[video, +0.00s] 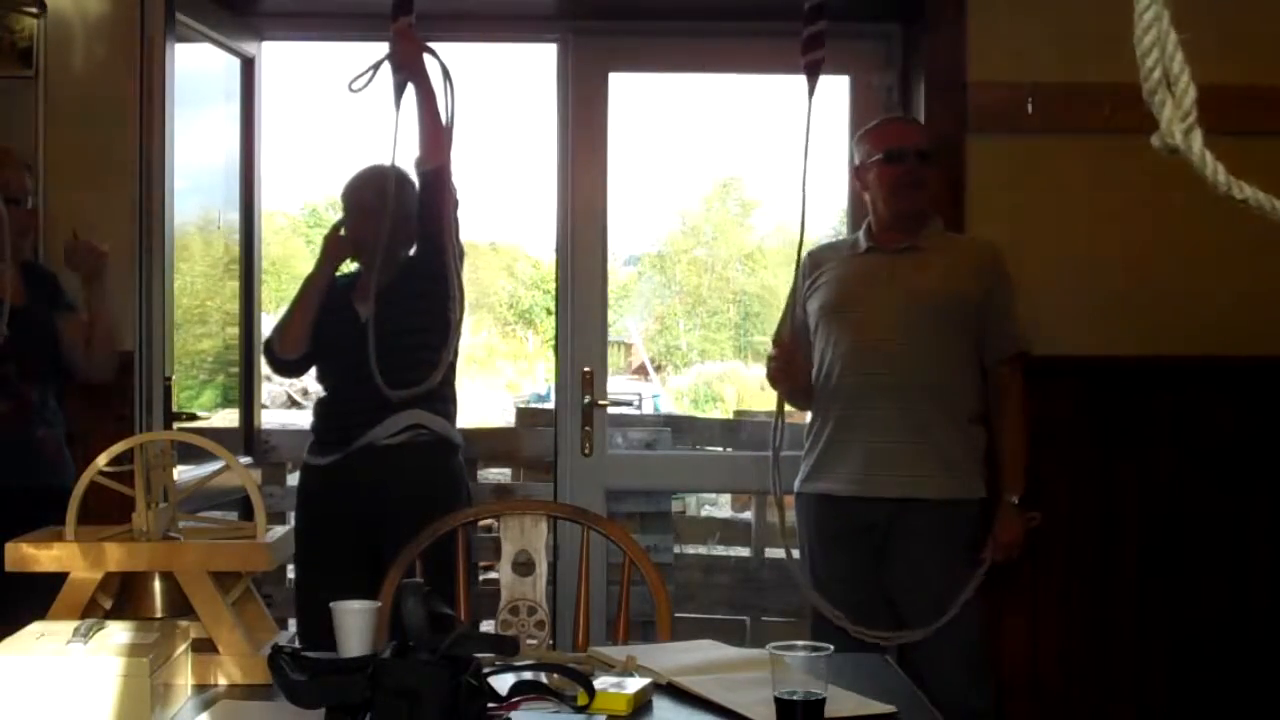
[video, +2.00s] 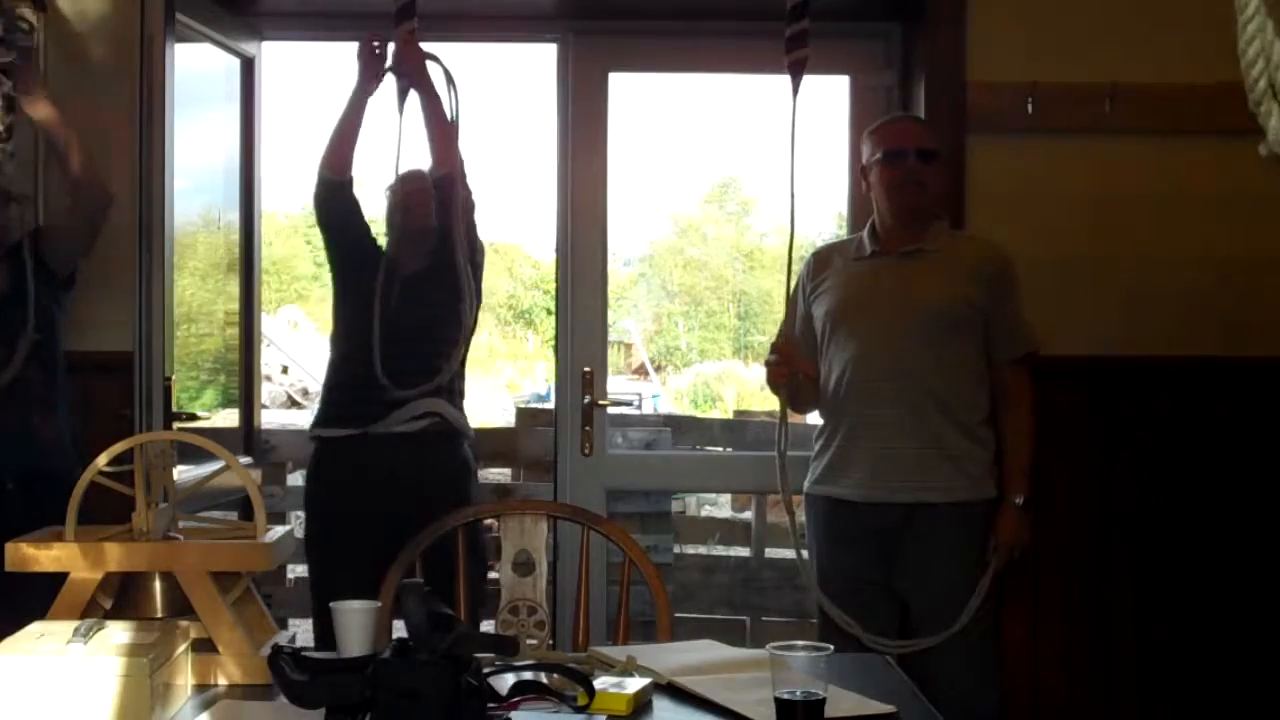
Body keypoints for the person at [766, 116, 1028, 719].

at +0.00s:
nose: (912, 169)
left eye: (923, 158)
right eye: (894, 158)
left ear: (936, 172)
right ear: (859, 178)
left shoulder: (976, 262)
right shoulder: (820, 265)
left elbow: (1006, 386)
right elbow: (806, 391)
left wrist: (1010, 500)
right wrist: (788, 378)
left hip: (942, 502)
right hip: (834, 501)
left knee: (948, 675)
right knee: (847, 673)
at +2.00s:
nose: (912, 169)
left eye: (926, 157)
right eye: (894, 158)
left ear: (944, 172)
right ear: (866, 178)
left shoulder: (981, 263)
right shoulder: (823, 266)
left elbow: (1013, 387)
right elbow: (807, 394)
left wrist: (1015, 500)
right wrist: (787, 380)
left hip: (951, 506)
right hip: (843, 505)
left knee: (954, 681)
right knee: (855, 676)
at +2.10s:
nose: (914, 169)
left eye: (928, 157)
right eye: (896, 158)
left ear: (944, 172)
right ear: (866, 178)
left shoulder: (982, 263)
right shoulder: (823, 267)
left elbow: (1013, 387)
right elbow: (806, 394)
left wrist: (1015, 500)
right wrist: (788, 380)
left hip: (951, 507)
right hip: (843, 505)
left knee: (954, 682)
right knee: (853, 677)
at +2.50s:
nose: (918, 171)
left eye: (929, 159)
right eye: (900, 160)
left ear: (943, 172)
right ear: (866, 178)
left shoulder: (983, 264)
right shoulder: (823, 268)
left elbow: (1012, 389)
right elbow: (806, 393)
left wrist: (1015, 503)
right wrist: (784, 382)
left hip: (953, 509)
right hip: (843, 506)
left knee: (952, 681)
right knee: (853, 678)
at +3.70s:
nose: (874, 171)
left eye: (893, 158)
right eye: (866, 160)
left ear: (932, 174)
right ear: (855, 175)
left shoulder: (977, 263)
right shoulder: (822, 269)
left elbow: (1010, 387)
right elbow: (811, 395)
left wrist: (1011, 502)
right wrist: (777, 386)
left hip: (949, 510)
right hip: (841, 508)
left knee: (951, 683)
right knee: (851, 680)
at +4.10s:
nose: (868, 169)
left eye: (887, 157)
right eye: (862, 159)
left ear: (930, 175)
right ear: (853, 175)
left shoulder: (976, 262)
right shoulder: (824, 269)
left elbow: (1009, 385)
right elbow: (814, 394)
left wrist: (1008, 499)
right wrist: (778, 386)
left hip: (947, 510)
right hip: (841, 508)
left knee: (950, 683)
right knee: (850, 680)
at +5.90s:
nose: (967, 173)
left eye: (973, 159)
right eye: (948, 160)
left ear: (983, 167)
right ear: (904, 173)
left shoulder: (1012, 261)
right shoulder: (855, 244)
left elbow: (1049, 391)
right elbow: (749, 246)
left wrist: (1051, 503)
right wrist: (799, 145)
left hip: (979, 506)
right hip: (870, 506)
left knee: (976, 683)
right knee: (869, 680)